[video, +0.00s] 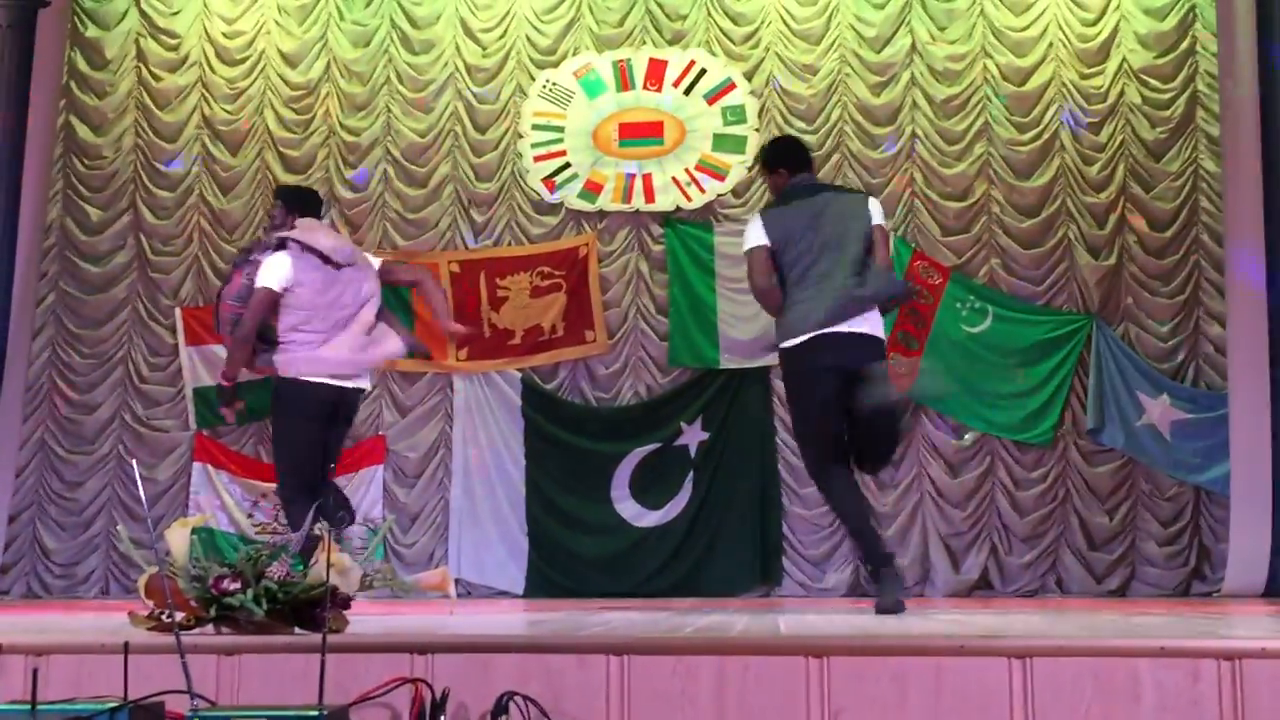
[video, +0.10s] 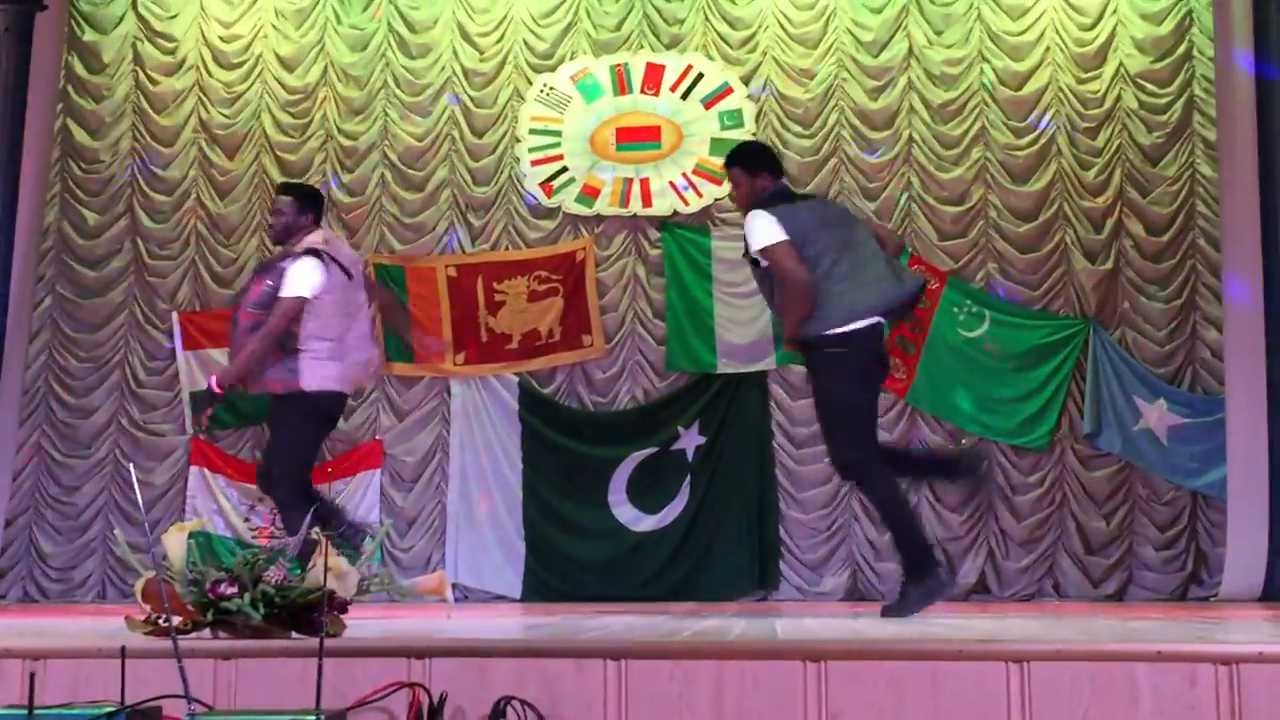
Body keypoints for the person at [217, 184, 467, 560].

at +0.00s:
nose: (271, 221)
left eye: (275, 214)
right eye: (272, 213)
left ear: (288, 217)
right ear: (318, 217)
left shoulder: (283, 260)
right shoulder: (359, 259)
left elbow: (247, 330)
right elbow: (423, 274)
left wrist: (227, 383)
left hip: (301, 389)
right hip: (350, 390)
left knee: (295, 490)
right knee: (320, 478)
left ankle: (323, 571)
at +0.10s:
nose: (270, 220)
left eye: (279, 213)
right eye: (272, 212)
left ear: (305, 218)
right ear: (312, 220)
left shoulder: (307, 266)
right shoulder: (343, 258)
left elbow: (271, 333)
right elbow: (382, 299)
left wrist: (221, 381)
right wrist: (418, 340)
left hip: (312, 391)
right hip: (327, 390)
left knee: (286, 481)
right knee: (273, 476)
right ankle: (352, 539)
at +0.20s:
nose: (293, 226)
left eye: (303, 219)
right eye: (292, 219)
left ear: (327, 224)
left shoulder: (333, 274)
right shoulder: (314, 268)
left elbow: (293, 339)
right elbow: (288, 342)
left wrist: (238, 387)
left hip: (317, 404)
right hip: (293, 403)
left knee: (294, 495)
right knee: (249, 479)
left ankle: (308, 583)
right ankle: (279, 566)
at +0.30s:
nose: (311, 234)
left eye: (321, 226)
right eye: (309, 226)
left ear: (344, 231)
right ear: (308, 231)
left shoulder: (359, 283)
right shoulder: (315, 280)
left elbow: (325, 344)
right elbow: (276, 339)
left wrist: (273, 369)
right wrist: (205, 342)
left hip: (322, 415)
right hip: (286, 410)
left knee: (303, 509)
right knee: (247, 493)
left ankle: (327, 597)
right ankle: (229, 586)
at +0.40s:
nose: (332, 239)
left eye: (342, 231)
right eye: (327, 230)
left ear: (361, 237)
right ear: (321, 234)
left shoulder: (379, 291)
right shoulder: (316, 281)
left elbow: (357, 349)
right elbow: (292, 334)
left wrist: (302, 350)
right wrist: (258, 357)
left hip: (332, 414)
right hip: (290, 405)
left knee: (317, 511)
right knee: (255, 494)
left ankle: (327, 596)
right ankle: (238, 587)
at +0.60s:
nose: (354, 236)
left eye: (364, 229)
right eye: (348, 227)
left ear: (382, 235)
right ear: (341, 231)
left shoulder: (405, 284)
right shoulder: (320, 284)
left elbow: (398, 336)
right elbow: (314, 361)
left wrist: (337, 325)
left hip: (380, 412)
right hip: (329, 408)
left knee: (378, 509)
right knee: (312, 499)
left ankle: (361, 593)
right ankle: (301, 589)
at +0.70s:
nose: (352, 244)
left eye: (361, 237)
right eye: (345, 236)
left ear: (378, 241)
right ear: (337, 241)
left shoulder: (408, 287)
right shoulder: (325, 295)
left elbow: (420, 350)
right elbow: (293, 369)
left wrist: (365, 342)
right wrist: (356, 381)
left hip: (386, 414)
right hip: (333, 412)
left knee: (386, 513)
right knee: (319, 502)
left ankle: (387, 596)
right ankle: (308, 589)